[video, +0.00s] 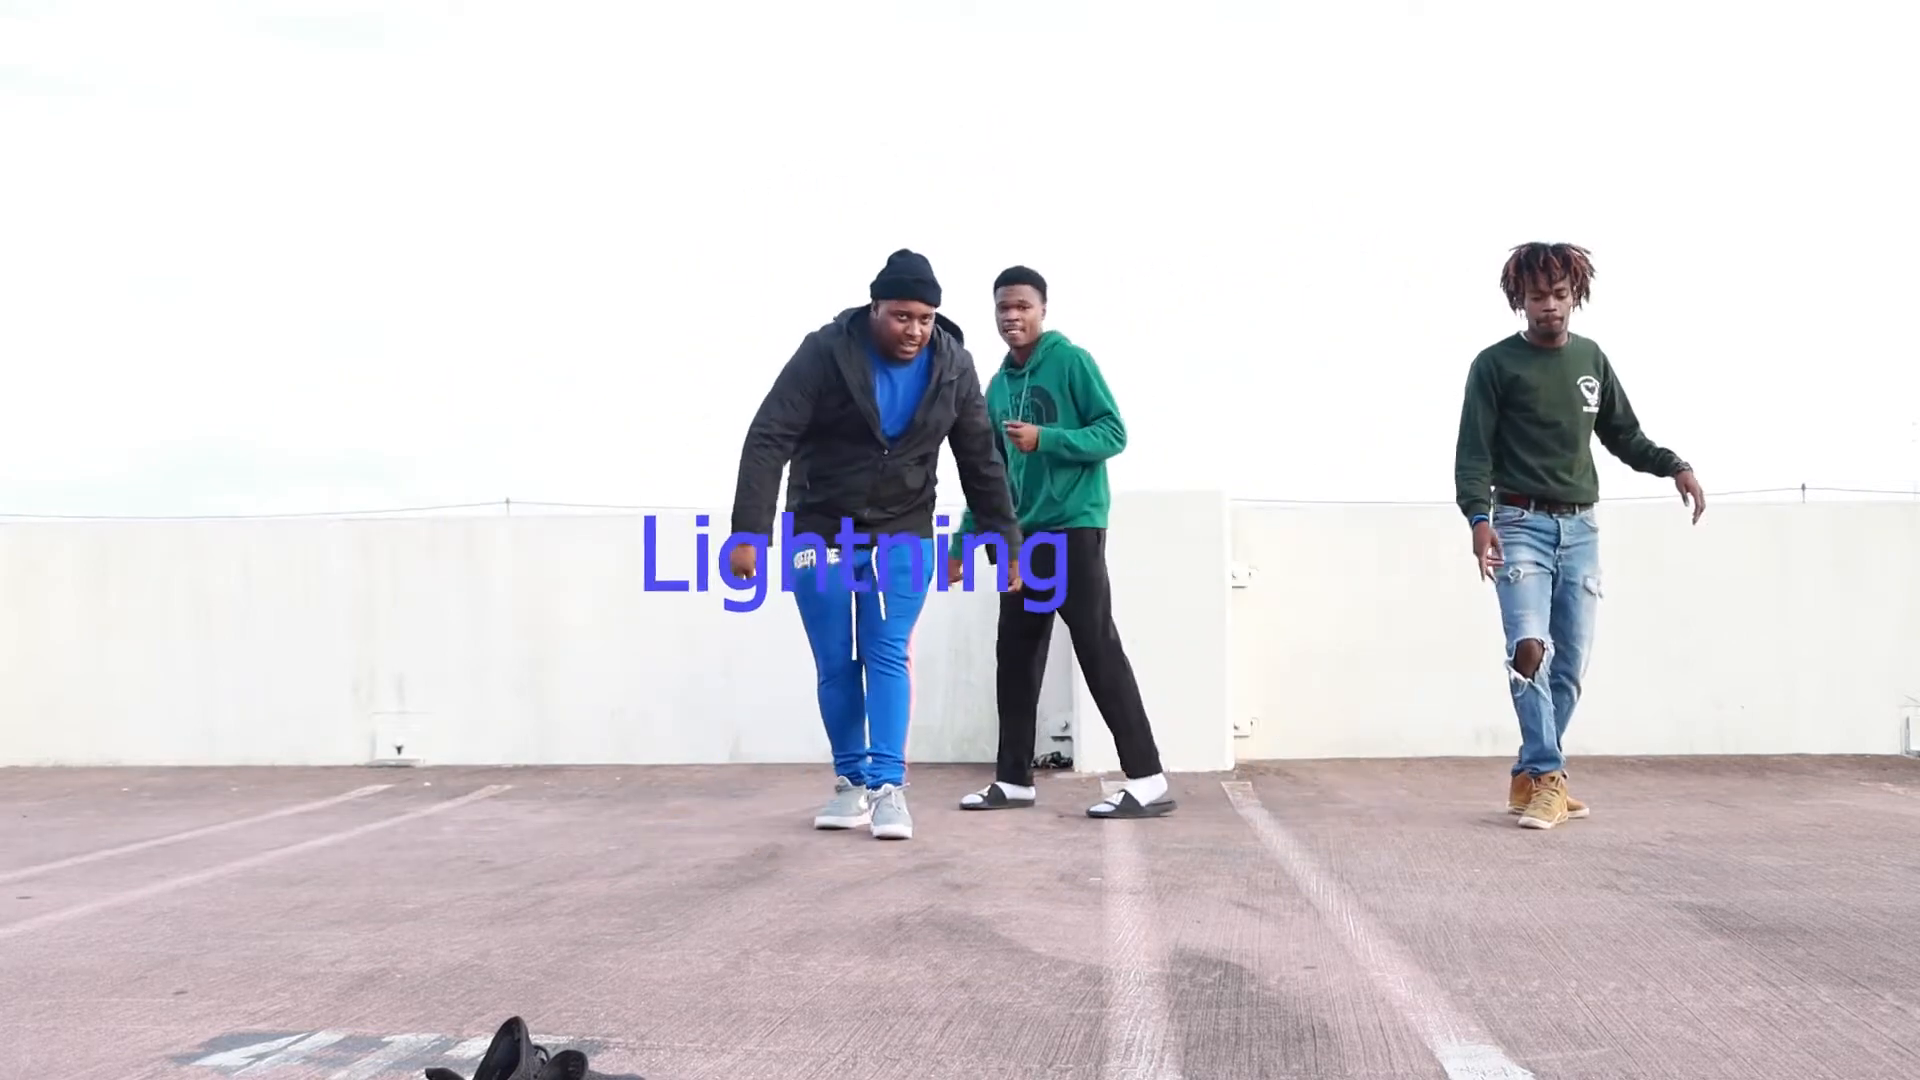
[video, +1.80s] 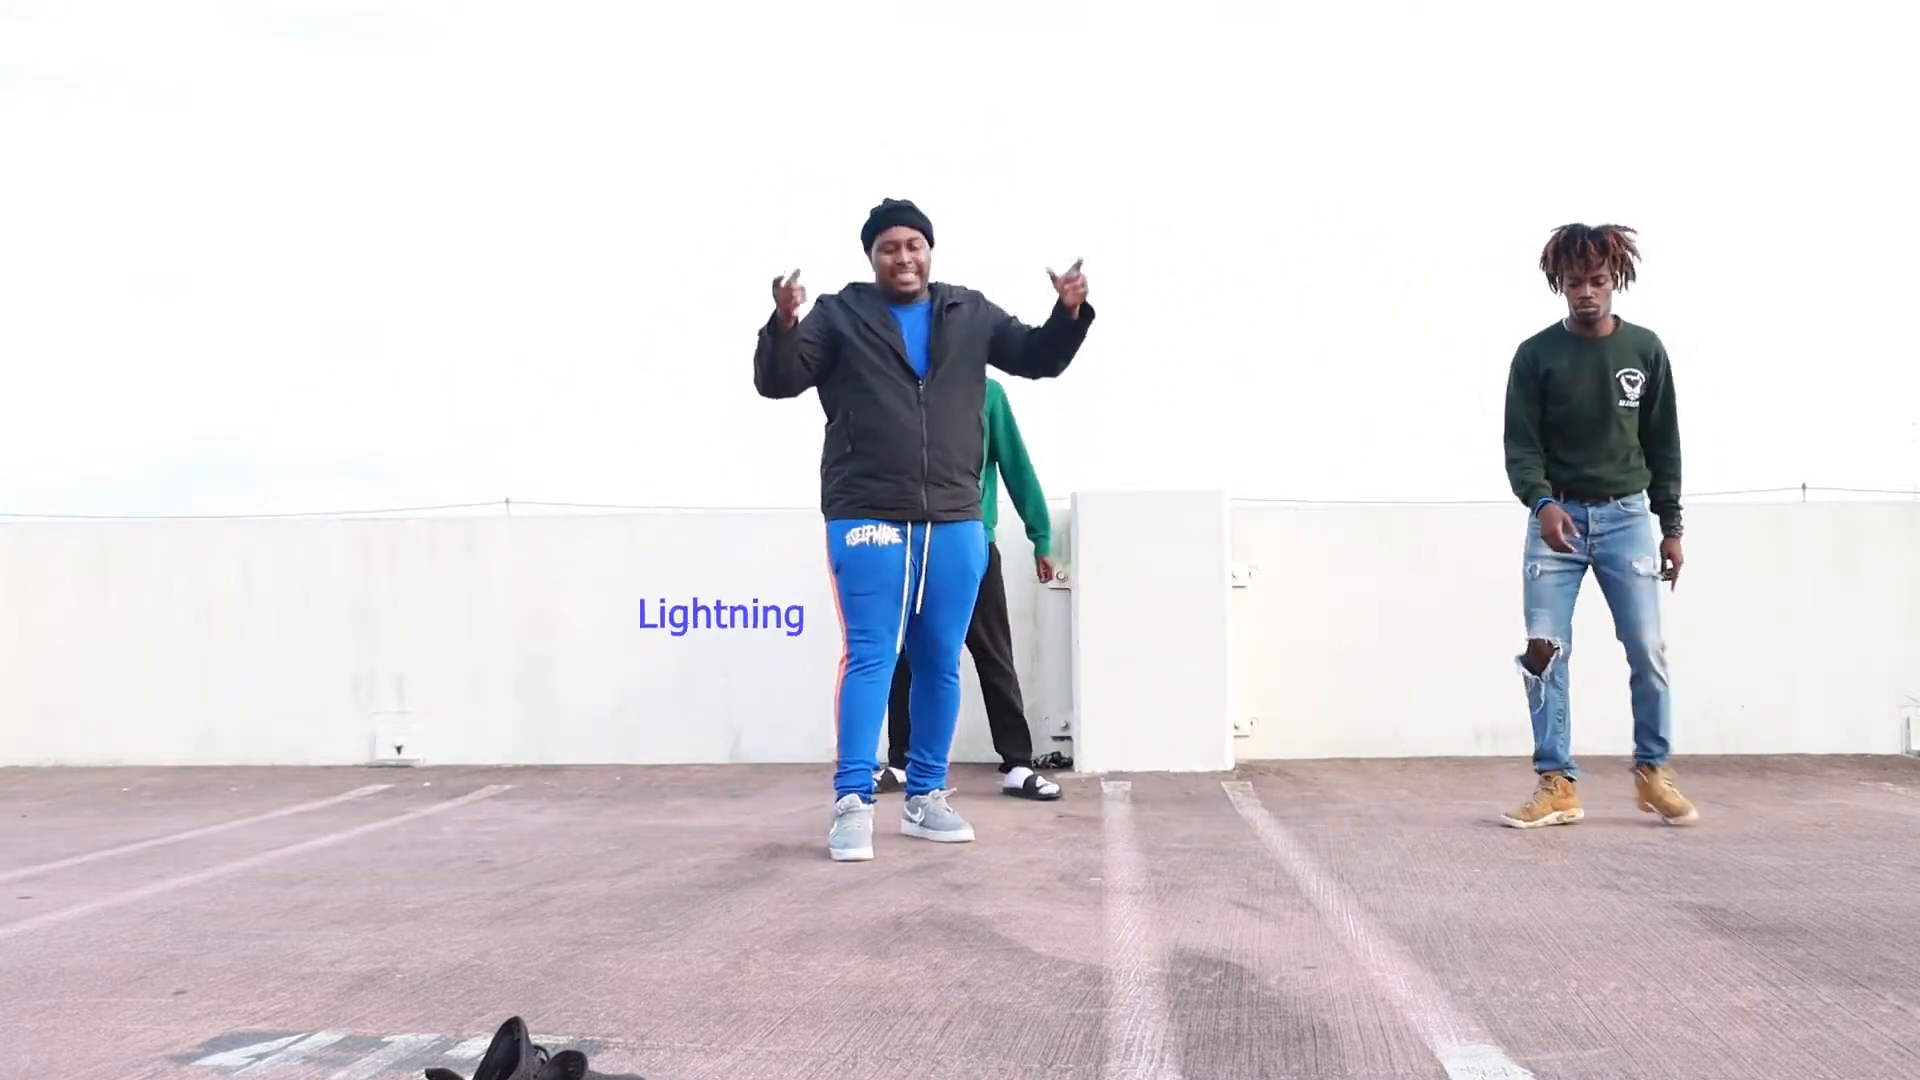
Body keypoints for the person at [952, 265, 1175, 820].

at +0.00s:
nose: (1013, 316)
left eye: (1023, 306)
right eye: (1005, 308)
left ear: (1044, 310)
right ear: (996, 316)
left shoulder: (1070, 361)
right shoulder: (998, 387)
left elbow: (1112, 434)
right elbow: (987, 474)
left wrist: (1044, 438)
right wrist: (964, 541)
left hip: (1075, 528)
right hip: (1022, 534)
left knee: (1098, 651)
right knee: (1015, 657)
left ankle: (1148, 781)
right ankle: (1014, 782)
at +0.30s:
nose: (986, 322)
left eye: (994, 312)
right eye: (975, 314)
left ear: (1011, 314)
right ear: (963, 322)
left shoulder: (1051, 362)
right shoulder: (961, 388)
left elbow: (1095, 427)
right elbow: (941, 473)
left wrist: (1053, 444)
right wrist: (905, 510)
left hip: (1065, 532)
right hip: (1006, 537)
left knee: (1079, 655)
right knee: (1005, 659)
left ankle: (1082, 772)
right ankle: (1013, 781)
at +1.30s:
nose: (1037, 343)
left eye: (1044, 334)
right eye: (1028, 334)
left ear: (1054, 340)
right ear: (1011, 338)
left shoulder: (1062, 403)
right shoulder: (981, 380)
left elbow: (1069, 472)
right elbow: (950, 438)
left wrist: (1076, 499)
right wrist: (948, 502)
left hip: (1030, 537)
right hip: (975, 531)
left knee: (1026, 653)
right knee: (971, 652)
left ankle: (1021, 767)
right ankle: (976, 766)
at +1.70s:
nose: (966, 345)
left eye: (974, 337)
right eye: (959, 336)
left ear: (983, 342)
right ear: (940, 338)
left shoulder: (1009, 396)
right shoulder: (916, 387)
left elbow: (1036, 474)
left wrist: (1052, 547)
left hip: (988, 539)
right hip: (920, 536)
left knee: (1004, 659)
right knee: (907, 658)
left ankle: (1018, 766)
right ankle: (903, 765)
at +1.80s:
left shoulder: (984, 390)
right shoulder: (885, 387)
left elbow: (1018, 468)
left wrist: (1041, 540)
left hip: (971, 537)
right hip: (898, 536)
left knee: (993, 657)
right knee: (898, 658)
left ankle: (1018, 766)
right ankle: (901, 763)